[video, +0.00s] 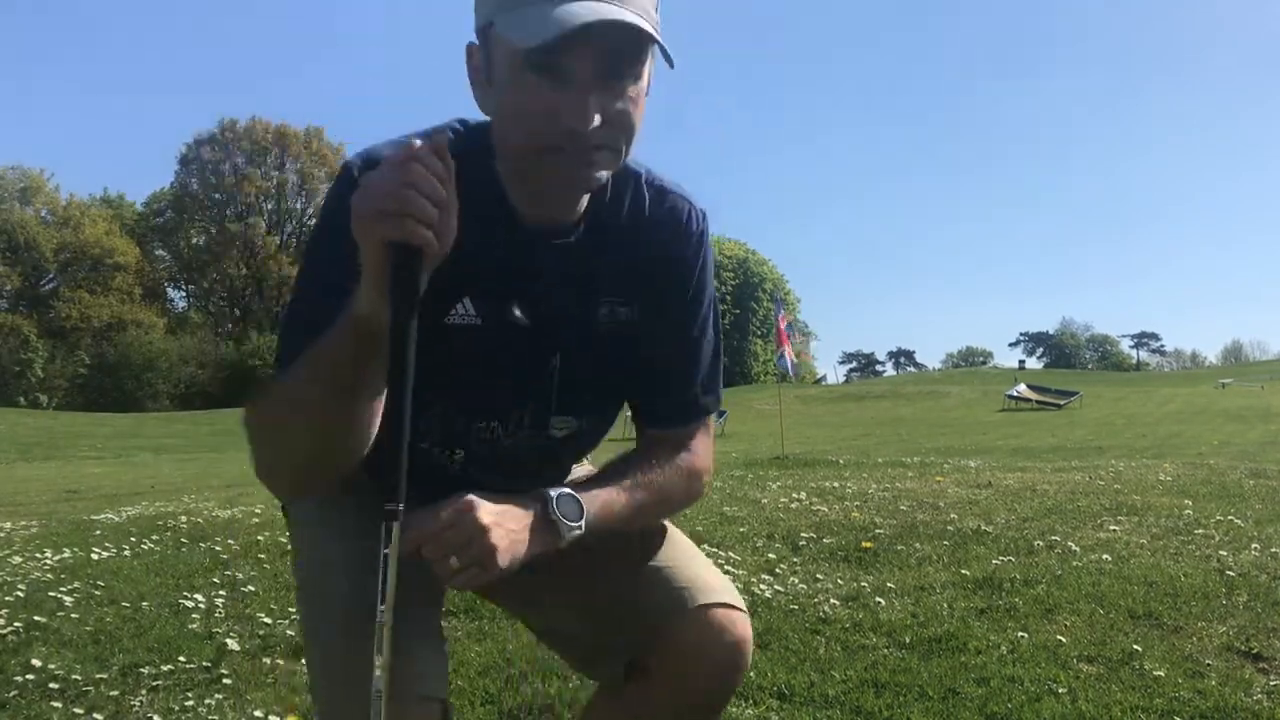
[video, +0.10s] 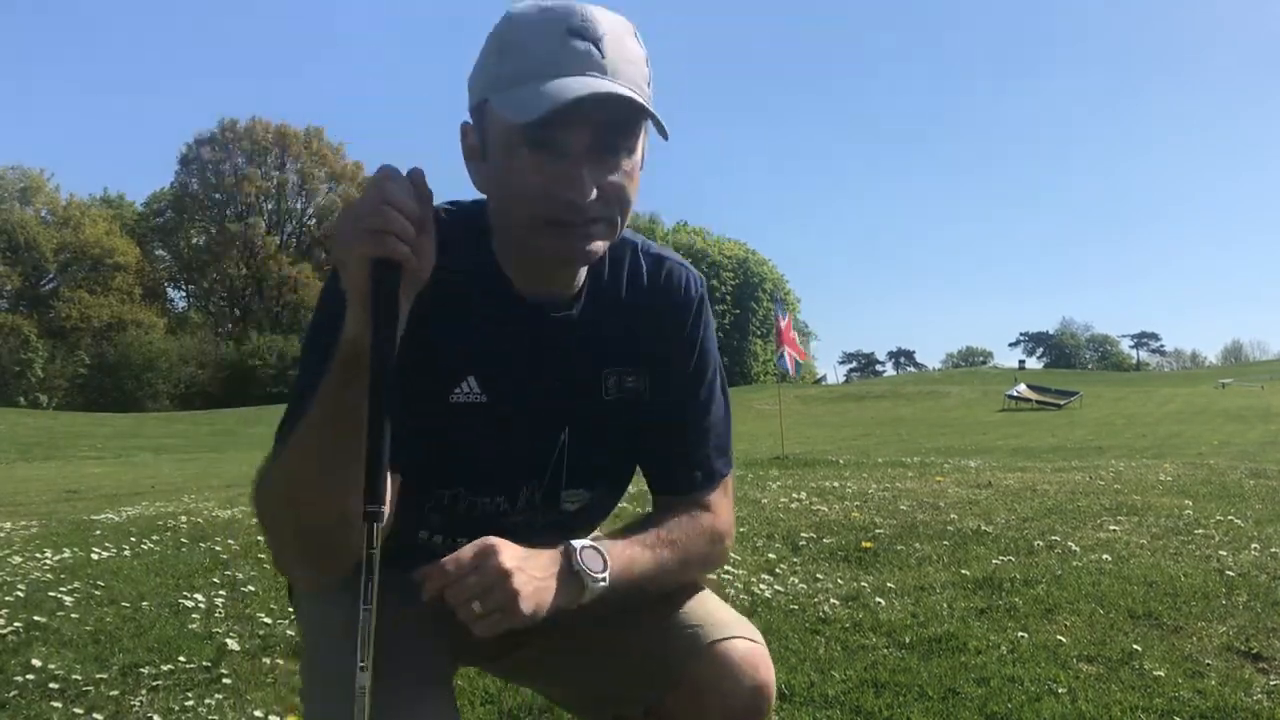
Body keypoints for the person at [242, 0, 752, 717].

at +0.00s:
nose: (590, 114)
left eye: (618, 75)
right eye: (550, 73)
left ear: (647, 82)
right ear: (481, 76)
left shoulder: (666, 233)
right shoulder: (384, 191)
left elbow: (683, 459)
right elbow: (287, 470)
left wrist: (539, 522)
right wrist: (375, 306)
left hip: (538, 501)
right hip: (371, 499)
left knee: (708, 644)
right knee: (394, 702)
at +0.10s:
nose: (584, 184)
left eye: (613, 145)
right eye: (546, 144)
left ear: (643, 156)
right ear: (475, 149)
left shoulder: (666, 298)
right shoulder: (394, 264)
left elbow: (705, 525)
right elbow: (309, 550)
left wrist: (566, 572)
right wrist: (367, 327)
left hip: (550, 587)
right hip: (384, 581)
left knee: (735, 677)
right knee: (385, 702)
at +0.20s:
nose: (577, 227)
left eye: (606, 190)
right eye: (538, 187)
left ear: (636, 199)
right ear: (470, 194)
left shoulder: (666, 340)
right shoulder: (391, 311)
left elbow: (720, 566)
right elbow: (305, 587)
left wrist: (581, 607)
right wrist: (358, 334)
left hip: (578, 646)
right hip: (403, 644)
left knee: (751, 691)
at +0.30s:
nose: (564, 270)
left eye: (595, 229)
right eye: (528, 228)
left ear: (630, 241)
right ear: (464, 236)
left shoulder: (667, 373)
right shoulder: (404, 355)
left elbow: (742, 600)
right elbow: (304, 610)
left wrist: (601, 636)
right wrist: (356, 347)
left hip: (594, 673)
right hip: (414, 666)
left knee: (772, 707)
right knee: (338, 705)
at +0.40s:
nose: (560, 280)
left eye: (591, 241)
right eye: (525, 240)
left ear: (628, 254)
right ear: (466, 249)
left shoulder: (666, 381)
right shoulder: (404, 363)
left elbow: (750, 604)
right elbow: (304, 608)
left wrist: (614, 650)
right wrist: (361, 344)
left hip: (598, 676)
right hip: (415, 670)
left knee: (773, 708)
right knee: (342, 705)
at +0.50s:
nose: (564, 279)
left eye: (594, 238)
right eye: (528, 238)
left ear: (631, 248)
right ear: (469, 245)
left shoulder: (666, 372)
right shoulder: (401, 352)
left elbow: (742, 596)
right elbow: (314, 604)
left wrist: (618, 636)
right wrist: (371, 344)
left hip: (599, 668)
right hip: (421, 662)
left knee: (768, 708)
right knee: (346, 700)